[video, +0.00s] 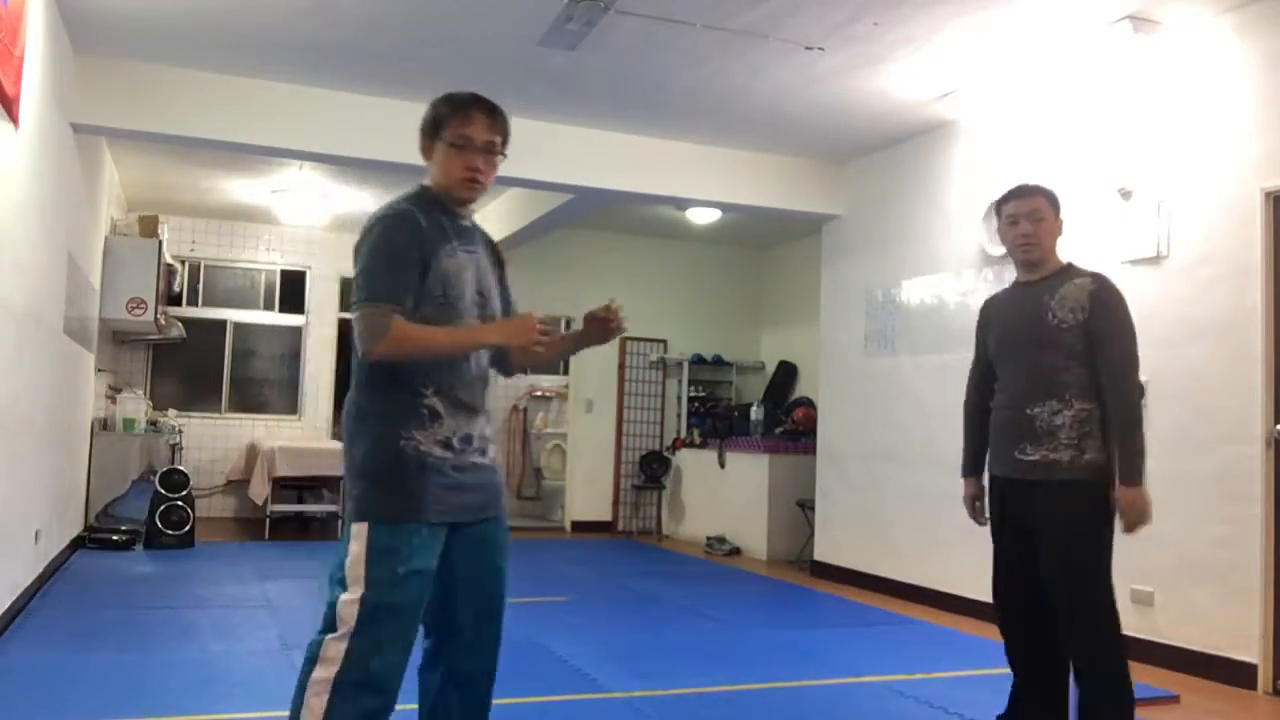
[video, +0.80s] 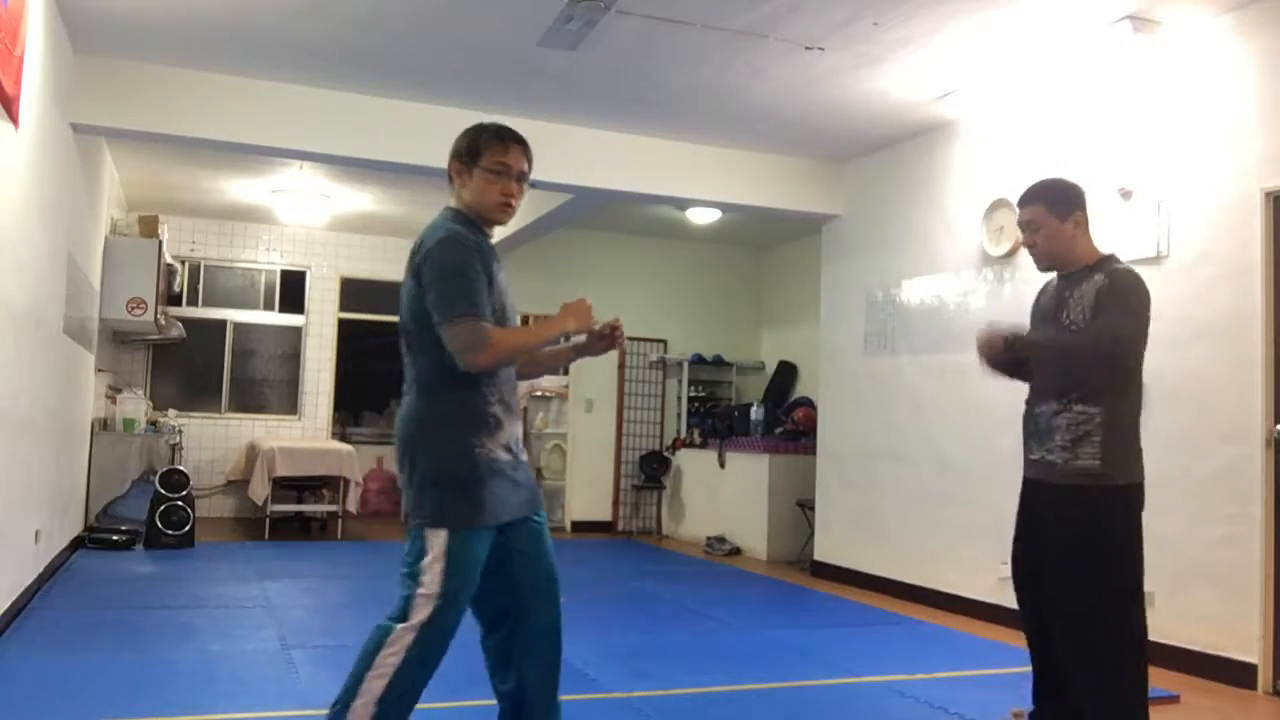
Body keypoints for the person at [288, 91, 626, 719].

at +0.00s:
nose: (478, 162)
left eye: (490, 151)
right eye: (463, 147)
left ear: (500, 162)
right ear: (428, 150)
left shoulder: (486, 249)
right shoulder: (396, 226)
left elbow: (504, 353)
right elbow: (377, 337)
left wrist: (577, 338)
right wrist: (493, 333)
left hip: (473, 477)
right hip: (398, 475)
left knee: (467, 651)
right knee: (363, 652)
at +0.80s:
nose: (512, 188)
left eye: (521, 180)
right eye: (498, 173)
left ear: (525, 188)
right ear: (459, 172)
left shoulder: (479, 250)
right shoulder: (449, 242)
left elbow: (508, 363)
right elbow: (474, 348)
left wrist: (579, 348)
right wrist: (555, 324)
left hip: (502, 463)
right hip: (453, 464)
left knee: (530, 616)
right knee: (425, 618)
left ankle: (531, 714)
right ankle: (354, 715)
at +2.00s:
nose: (549, 200)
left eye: (552, 188)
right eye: (545, 184)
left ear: (506, 180)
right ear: (509, 175)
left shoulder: (494, 249)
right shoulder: (473, 242)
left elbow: (559, 346)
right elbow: (543, 337)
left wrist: (640, 310)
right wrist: (593, 289)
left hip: (518, 464)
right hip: (472, 465)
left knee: (566, 600)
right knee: (450, 627)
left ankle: (555, 715)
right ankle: (398, 718)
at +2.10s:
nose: (568, 206)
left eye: (571, 194)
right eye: (563, 191)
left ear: (528, 187)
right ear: (527, 183)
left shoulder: (531, 262)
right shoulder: (484, 249)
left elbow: (616, 309)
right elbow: (572, 323)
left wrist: (696, 273)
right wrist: (614, 272)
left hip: (529, 464)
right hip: (479, 465)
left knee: (568, 622)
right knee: (454, 630)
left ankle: (587, 716)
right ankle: (399, 716)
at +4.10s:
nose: (580, 217)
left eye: (582, 205)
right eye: (574, 202)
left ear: (535, 198)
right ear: (534, 194)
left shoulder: (529, 267)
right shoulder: (496, 255)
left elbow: (608, 318)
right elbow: (564, 349)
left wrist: (631, 239)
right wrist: (627, 307)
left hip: (530, 470)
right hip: (479, 470)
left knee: (567, 604)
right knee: (462, 623)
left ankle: (563, 716)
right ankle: (395, 714)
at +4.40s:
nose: (527, 208)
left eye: (531, 195)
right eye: (520, 191)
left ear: (475, 187)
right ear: (473, 181)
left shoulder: (468, 253)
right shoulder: (431, 241)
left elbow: (552, 295)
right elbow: (505, 345)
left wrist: (559, 261)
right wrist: (584, 312)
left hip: (458, 464)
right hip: (405, 464)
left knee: (505, 603)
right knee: (383, 625)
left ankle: (506, 718)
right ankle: (325, 719)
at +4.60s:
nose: (491, 202)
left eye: (496, 190)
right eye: (485, 186)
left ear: (438, 178)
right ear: (439, 173)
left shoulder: (443, 245)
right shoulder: (399, 237)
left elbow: (540, 276)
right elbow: (464, 348)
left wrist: (501, 196)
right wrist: (544, 321)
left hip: (460, 465)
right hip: (402, 467)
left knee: (502, 627)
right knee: (379, 646)